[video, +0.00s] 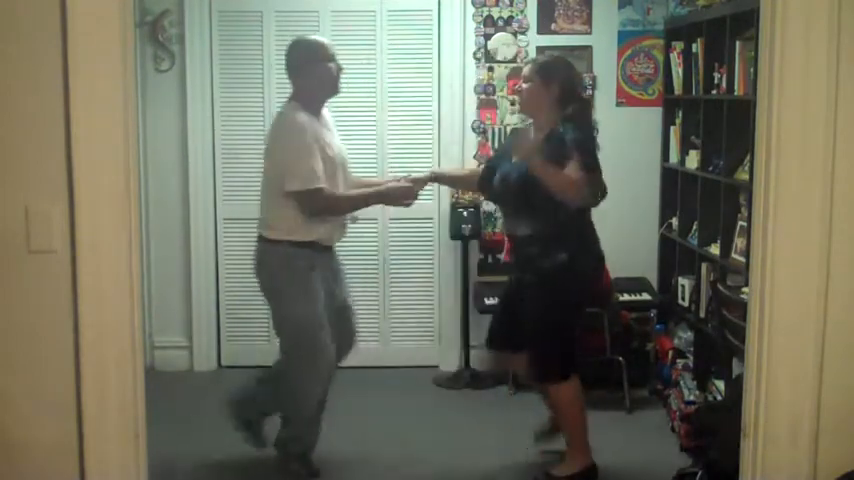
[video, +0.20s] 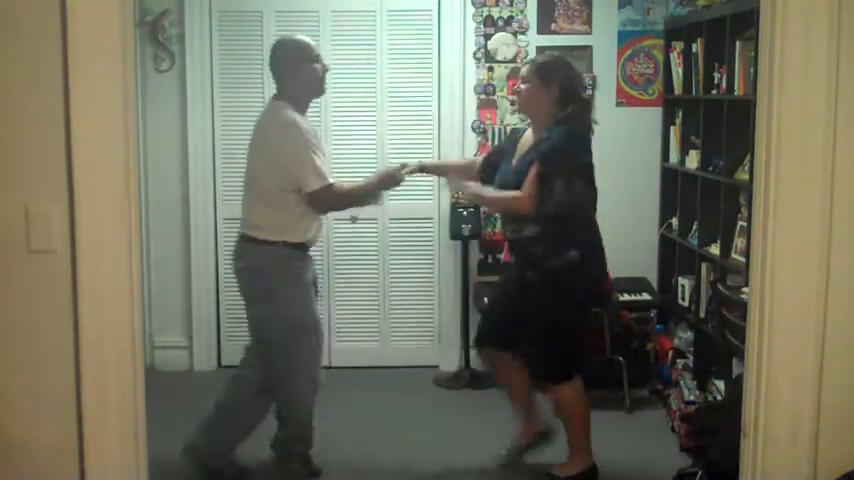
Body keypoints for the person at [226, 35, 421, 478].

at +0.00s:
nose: (339, 68)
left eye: (337, 62)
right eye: (329, 63)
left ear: (316, 74)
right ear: (302, 73)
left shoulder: (317, 121)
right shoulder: (294, 126)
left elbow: (339, 188)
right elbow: (313, 204)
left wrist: (389, 186)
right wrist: (382, 196)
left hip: (317, 253)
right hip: (289, 256)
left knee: (339, 339)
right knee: (311, 355)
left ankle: (251, 403)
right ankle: (294, 453)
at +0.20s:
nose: (325, 69)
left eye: (321, 61)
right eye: (314, 62)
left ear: (292, 73)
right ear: (290, 72)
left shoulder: (282, 120)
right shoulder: (288, 125)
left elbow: (309, 193)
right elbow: (321, 198)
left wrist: (357, 197)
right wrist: (376, 185)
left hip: (274, 255)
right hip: (275, 259)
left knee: (272, 358)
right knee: (299, 356)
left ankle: (209, 448)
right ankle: (294, 455)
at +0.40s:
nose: (317, 70)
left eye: (314, 63)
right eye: (309, 64)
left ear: (278, 74)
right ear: (285, 72)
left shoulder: (258, 119)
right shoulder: (277, 125)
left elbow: (263, 191)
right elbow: (309, 198)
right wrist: (373, 167)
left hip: (248, 253)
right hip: (270, 258)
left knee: (249, 357)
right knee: (318, 347)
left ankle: (202, 459)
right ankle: (294, 450)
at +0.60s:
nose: (320, 73)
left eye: (317, 65)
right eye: (311, 66)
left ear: (281, 77)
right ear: (286, 75)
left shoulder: (260, 121)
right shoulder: (288, 127)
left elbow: (235, 183)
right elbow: (341, 183)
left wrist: (275, 217)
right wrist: (376, 125)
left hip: (256, 255)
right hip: (284, 262)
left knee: (261, 357)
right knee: (319, 360)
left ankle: (204, 456)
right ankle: (305, 457)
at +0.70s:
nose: (324, 70)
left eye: (322, 63)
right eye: (316, 64)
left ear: (284, 74)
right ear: (295, 72)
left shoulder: (267, 120)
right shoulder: (296, 123)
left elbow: (274, 188)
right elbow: (370, 149)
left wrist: (318, 225)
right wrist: (390, 105)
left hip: (266, 254)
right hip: (288, 258)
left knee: (283, 352)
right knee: (320, 354)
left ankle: (221, 436)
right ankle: (304, 456)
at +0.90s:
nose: (335, 65)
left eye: (332, 58)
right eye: (326, 59)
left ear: (295, 71)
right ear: (304, 67)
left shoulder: (277, 114)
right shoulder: (316, 103)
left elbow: (297, 178)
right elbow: (384, 88)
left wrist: (353, 209)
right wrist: (439, 53)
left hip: (277, 242)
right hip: (283, 247)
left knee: (334, 321)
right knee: (312, 337)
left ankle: (282, 410)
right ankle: (309, 451)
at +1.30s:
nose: (346, 75)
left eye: (344, 67)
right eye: (338, 68)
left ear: (310, 77)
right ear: (314, 74)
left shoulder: (295, 117)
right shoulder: (315, 112)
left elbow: (277, 180)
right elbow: (367, 108)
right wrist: (402, 49)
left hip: (292, 250)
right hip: (302, 254)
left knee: (313, 342)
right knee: (336, 339)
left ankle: (313, 434)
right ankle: (261, 403)